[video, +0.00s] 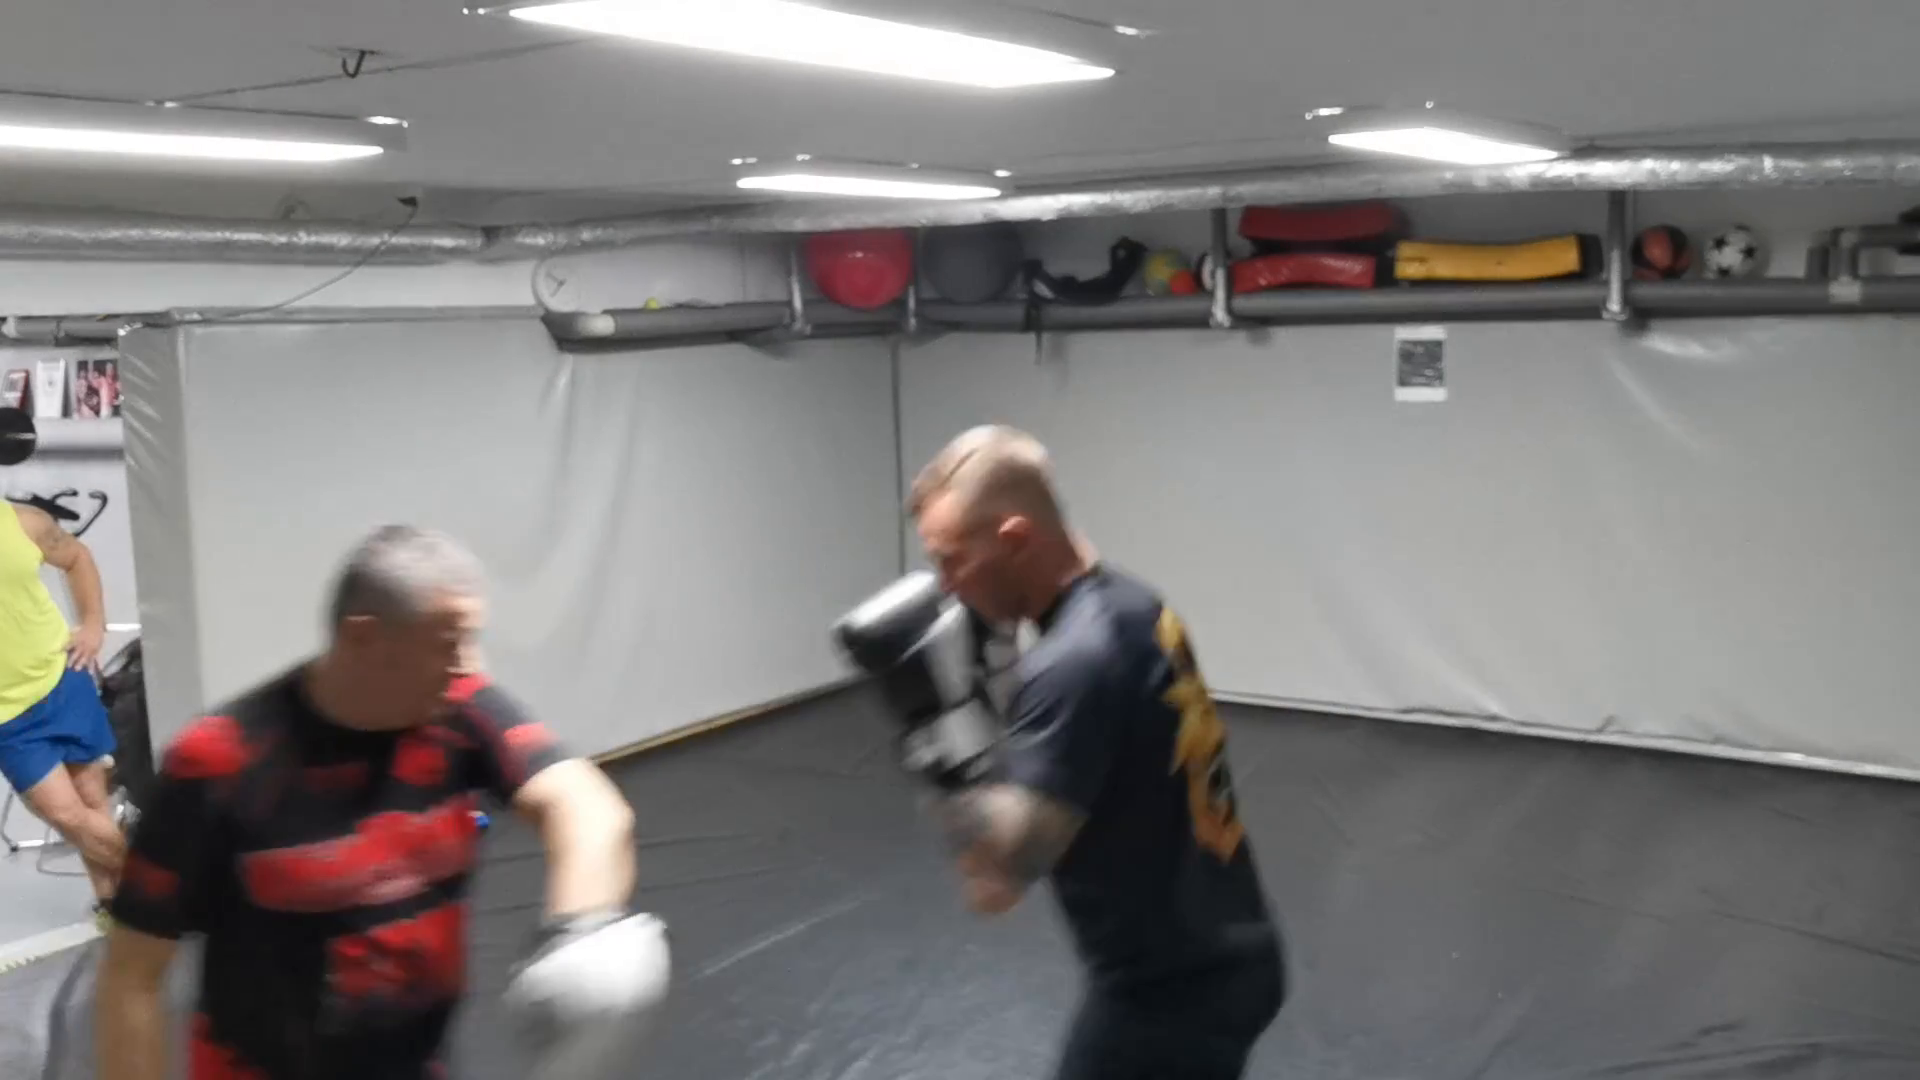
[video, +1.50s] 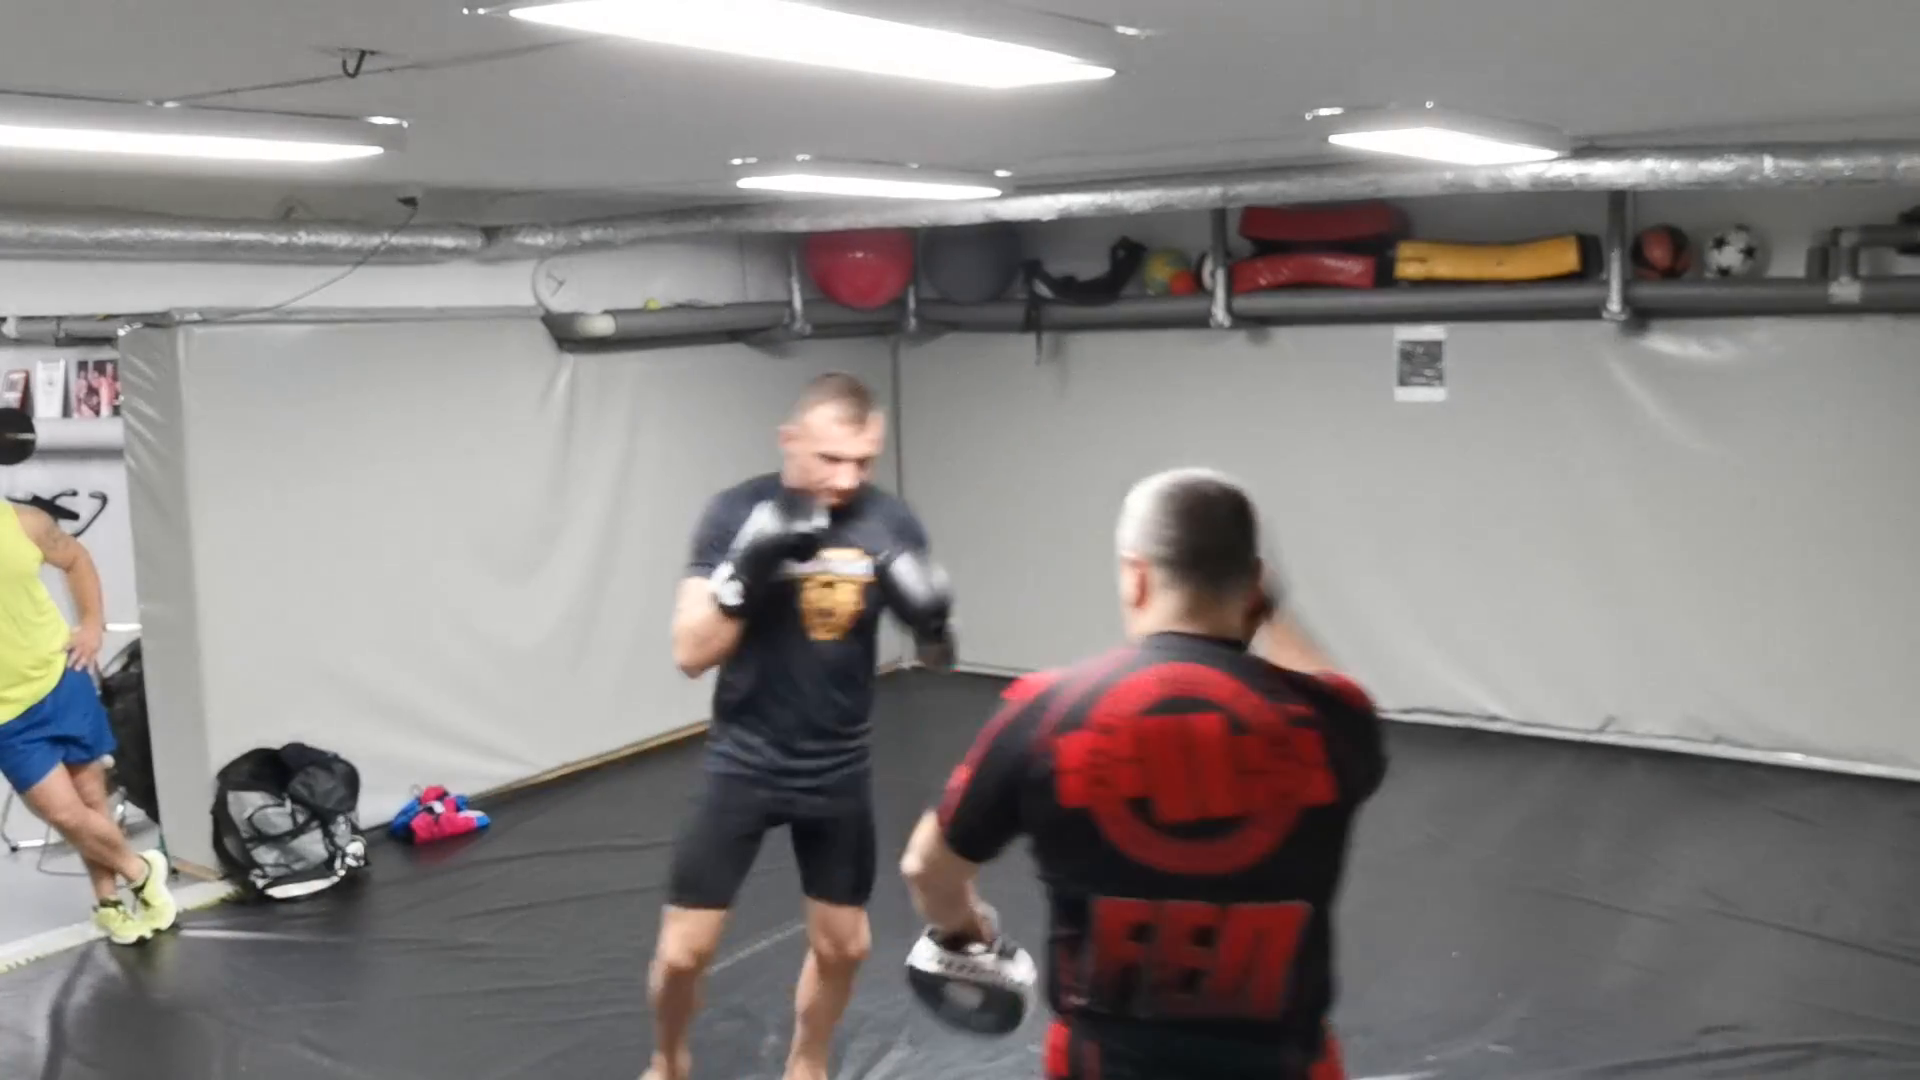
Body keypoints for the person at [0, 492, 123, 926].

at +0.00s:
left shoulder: (21, 523)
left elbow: (77, 557)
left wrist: (93, 624)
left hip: (63, 684)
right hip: (8, 718)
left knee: (92, 799)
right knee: (64, 816)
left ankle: (111, 905)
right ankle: (159, 875)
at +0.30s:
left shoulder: (21, 522)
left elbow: (76, 557)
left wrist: (93, 623)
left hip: (61, 681)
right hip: (7, 713)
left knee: (90, 797)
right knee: (64, 815)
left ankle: (107, 901)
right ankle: (142, 872)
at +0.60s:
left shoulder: (20, 522)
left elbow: (75, 557)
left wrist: (93, 621)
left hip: (61, 681)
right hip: (8, 714)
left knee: (90, 796)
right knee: (65, 817)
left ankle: (108, 901)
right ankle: (142, 872)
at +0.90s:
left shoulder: (21, 523)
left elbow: (76, 558)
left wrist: (92, 624)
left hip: (61, 682)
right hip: (7, 715)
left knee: (91, 798)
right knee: (64, 816)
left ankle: (107, 901)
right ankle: (142, 872)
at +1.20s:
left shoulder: (21, 523)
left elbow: (75, 557)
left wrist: (92, 623)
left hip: (61, 683)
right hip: (7, 715)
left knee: (91, 799)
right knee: (65, 816)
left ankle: (107, 901)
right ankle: (142, 871)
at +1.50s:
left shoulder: (21, 523)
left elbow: (76, 558)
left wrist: (92, 623)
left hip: (61, 682)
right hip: (7, 714)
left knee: (91, 798)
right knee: (65, 816)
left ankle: (107, 901)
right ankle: (142, 872)